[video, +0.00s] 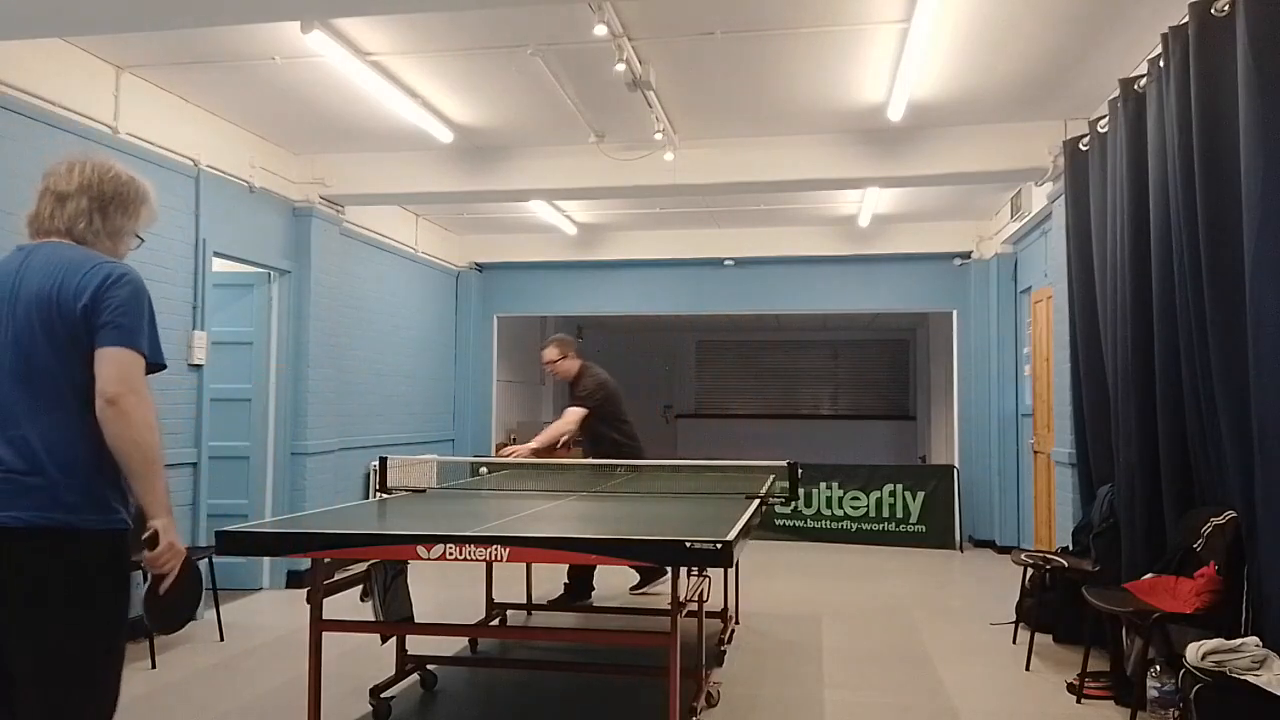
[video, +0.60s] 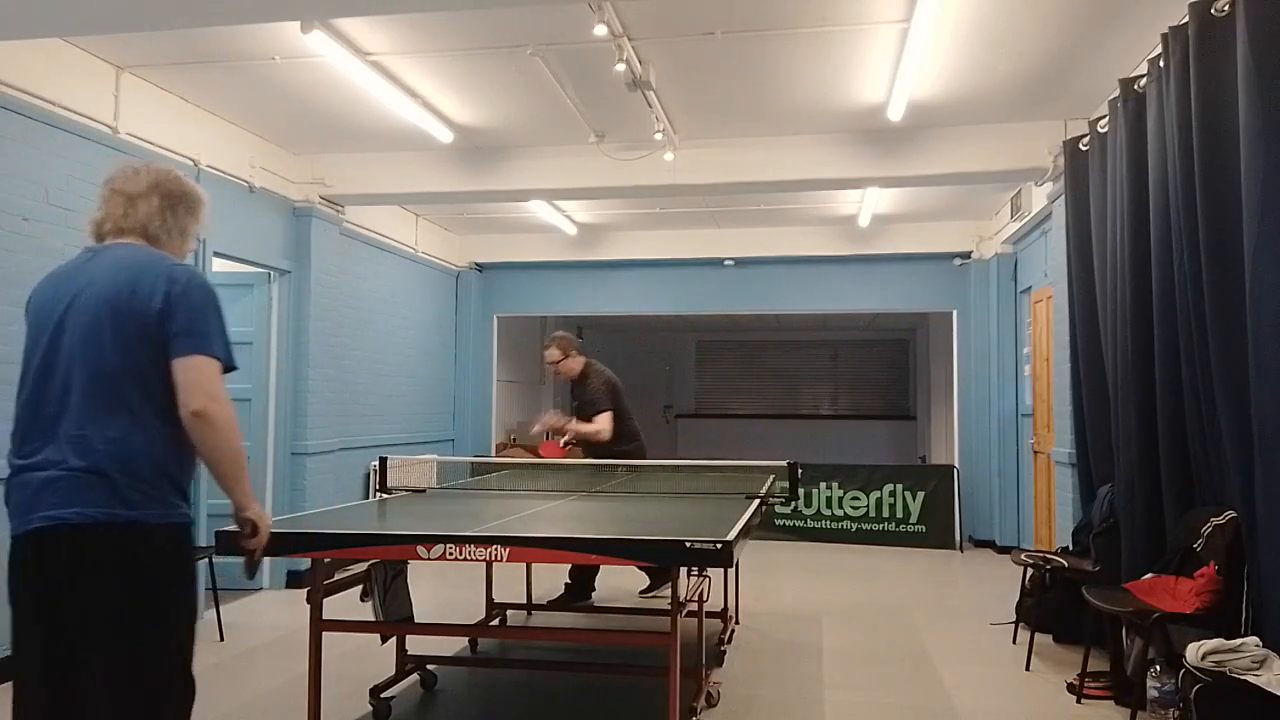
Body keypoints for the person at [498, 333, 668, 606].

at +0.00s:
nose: (548, 370)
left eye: (551, 363)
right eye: (546, 365)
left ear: (569, 357)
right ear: (566, 360)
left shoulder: (592, 381)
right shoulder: (580, 379)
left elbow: (567, 423)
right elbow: (584, 416)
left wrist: (531, 446)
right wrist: (570, 433)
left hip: (622, 466)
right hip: (604, 464)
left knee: (587, 524)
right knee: (602, 524)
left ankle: (579, 589)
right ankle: (648, 566)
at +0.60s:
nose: (553, 371)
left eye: (555, 364)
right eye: (550, 365)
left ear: (572, 356)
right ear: (570, 358)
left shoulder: (597, 379)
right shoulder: (580, 380)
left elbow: (604, 431)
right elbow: (587, 424)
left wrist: (564, 423)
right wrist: (570, 432)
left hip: (623, 464)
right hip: (603, 463)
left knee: (593, 523)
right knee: (602, 523)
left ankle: (580, 589)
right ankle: (658, 567)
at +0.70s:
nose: (572, 365)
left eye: (576, 358)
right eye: (570, 359)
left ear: (593, 351)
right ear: (588, 354)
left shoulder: (621, 378)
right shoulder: (594, 377)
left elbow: (629, 426)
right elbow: (593, 412)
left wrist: (598, 402)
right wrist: (579, 437)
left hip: (631, 466)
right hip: (606, 464)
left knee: (599, 525)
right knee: (612, 524)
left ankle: (582, 589)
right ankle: (661, 571)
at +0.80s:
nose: (593, 360)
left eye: (597, 354)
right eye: (590, 355)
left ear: (615, 347)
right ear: (592, 354)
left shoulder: (643, 375)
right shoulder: (607, 378)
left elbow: (659, 420)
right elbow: (603, 412)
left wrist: (628, 398)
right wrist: (592, 432)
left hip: (646, 468)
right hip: (616, 466)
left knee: (609, 525)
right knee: (636, 525)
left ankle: (586, 587)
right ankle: (663, 576)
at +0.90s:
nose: (609, 358)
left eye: (613, 351)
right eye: (607, 353)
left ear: (631, 344)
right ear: (622, 347)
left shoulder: (658, 372)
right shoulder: (621, 375)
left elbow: (683, 414)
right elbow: (618, 408)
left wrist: (653, 402)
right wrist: (607, 420)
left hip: (660, 467)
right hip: (630, 466)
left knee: (623, 525)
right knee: (648, 525)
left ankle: (597, 587)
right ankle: (665, 582)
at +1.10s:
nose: (637, 346)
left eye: (639, 341)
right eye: (635, 342)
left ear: (657, 335)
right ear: (649, 339)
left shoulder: (685, 365)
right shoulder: (648, 364)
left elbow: (705, 409)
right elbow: (643, 396)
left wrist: (671, 408)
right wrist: (627, 415)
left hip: (679, 460)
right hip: (652, 458)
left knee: (672, 520)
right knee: (652, 519)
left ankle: (673, 584)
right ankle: (661, 579)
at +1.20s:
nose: (652, 345)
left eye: (654, 339)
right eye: (650, 340)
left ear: (672, 333)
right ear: (665, 335)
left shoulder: (695, 364)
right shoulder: (667, 363)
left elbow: (708, 412)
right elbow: (668, 401)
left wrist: (669, 409)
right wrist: (647, 414)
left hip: (688, 458)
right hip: (665, 457)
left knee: (694, 518)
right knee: (661, 519)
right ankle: (665, 580)